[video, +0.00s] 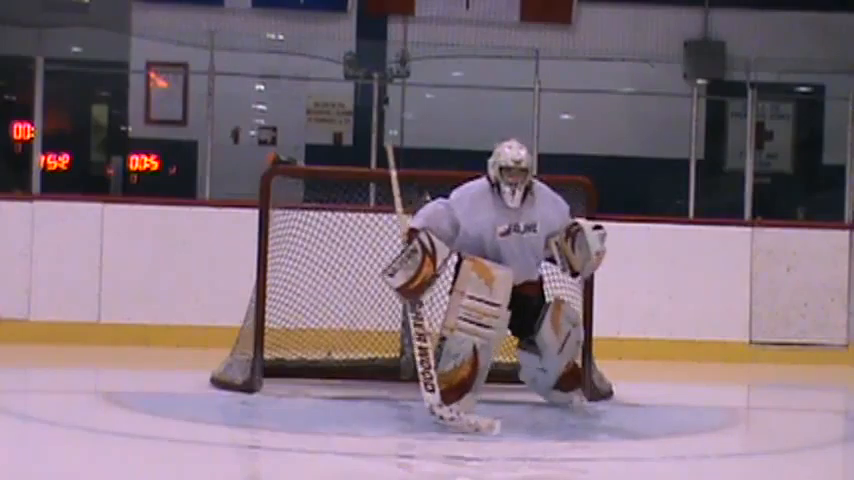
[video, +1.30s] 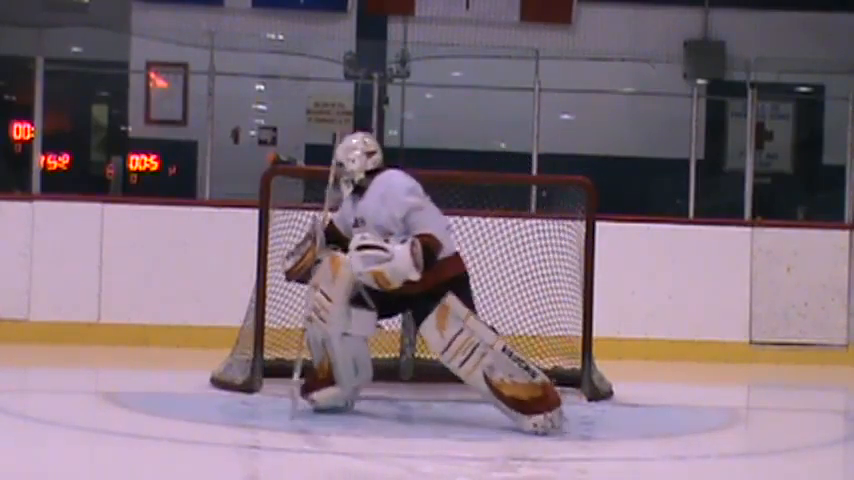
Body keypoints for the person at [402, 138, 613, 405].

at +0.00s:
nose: (514, 181)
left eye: (520, 175)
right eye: (508, 174)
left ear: (530, 175)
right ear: (494, 172)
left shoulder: (546, 203)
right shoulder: (470, 199)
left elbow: (559, 245)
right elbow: (433, 224)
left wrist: (580, 246)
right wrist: (420, 253)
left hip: (526, 285)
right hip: (478, 284)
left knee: (547, 338)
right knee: (468, 339)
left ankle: (556, 387)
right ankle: (451, 399)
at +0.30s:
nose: (489, 159)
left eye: (495, 153)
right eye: (482, 152)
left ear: (504, 154)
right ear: (469, 153)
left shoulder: (517, 188)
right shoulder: (445, 182)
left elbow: (521, 241)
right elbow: (404, 224)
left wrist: (552, 236)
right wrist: (416, 261)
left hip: (489, 280)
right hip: (445, 276)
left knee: (522, 332)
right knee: (468, 336)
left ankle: (538, 392)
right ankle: (422, 401)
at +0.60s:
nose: (486, 146)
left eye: (492, 140)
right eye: (479, 139)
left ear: (502, 142)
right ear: (465, 139)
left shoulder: (515, 178)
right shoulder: (442, 168)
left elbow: (521, 224)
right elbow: (401, 216)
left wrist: (551, 221)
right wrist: (406, 251)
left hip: (488, 274)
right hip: (439, 271)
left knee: (508, 345)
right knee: (425, 347)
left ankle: (524, 418)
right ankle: (390, 413)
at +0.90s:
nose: (453, 137)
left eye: (462, 130)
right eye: (450, 129)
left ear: (481, 132)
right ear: (443, 128)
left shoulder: (506, 164)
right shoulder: (422, 164)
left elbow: (545, 211)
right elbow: (392, 218)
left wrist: (535, 218)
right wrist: (366, 255)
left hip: (497, 263)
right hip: (441, 263)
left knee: (496, 337)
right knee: (409, 328)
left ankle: (523, 415)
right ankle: (393, 408)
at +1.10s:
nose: (411, 153)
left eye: (417, 145)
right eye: (408, 145)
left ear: (437, 142)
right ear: (407, 145)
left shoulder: (468, 170)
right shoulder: (403, 182)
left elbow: (509, 211)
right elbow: (383, 228)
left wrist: (495, 240)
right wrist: (355, 248)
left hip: (484, 273)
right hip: (431, 276)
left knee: (481, 345)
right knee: (400, 332)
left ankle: (529, 409)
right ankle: (382, 399)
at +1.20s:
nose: (388, 163)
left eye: (393, 155)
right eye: (382, 158)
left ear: (410, 153)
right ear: (378, 160)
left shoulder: (438, 181)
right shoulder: (383, 199)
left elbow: (477, 227)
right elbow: (360, 235)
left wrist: (446, 253)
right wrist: (335, 256)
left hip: (469, 279)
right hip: (421, 283)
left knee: (481, 346)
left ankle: (535, 405)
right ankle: (350, 387)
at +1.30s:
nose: (344, 172)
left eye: (347, 164)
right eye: (342, 165)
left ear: (362, 161)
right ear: (348, 166)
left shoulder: (393, 185)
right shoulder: (354, 197)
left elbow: (432, 236)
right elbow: (337, 234)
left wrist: (402, 259)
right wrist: (316, 242)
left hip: (438, 277)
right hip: (397, 281)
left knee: (465, 345)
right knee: (339, 313)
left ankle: (537, 404)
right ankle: (338, 387)